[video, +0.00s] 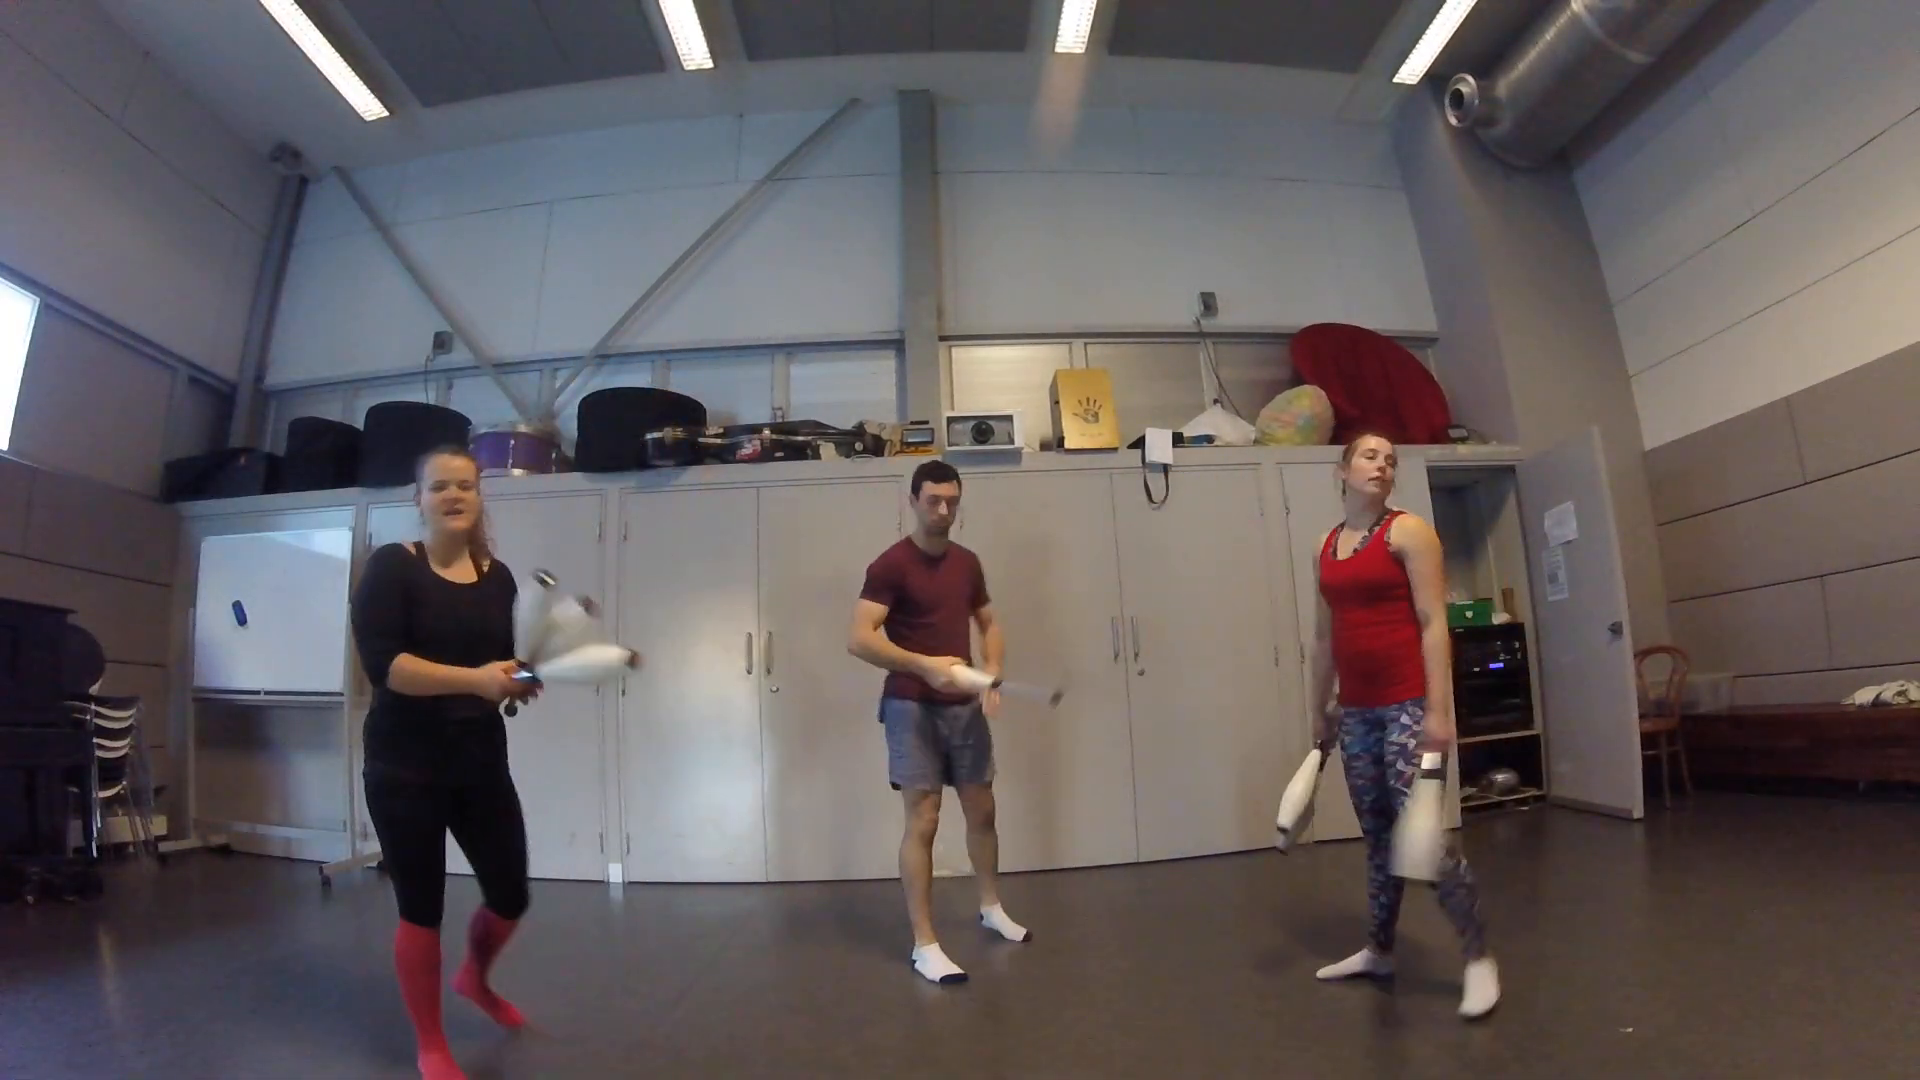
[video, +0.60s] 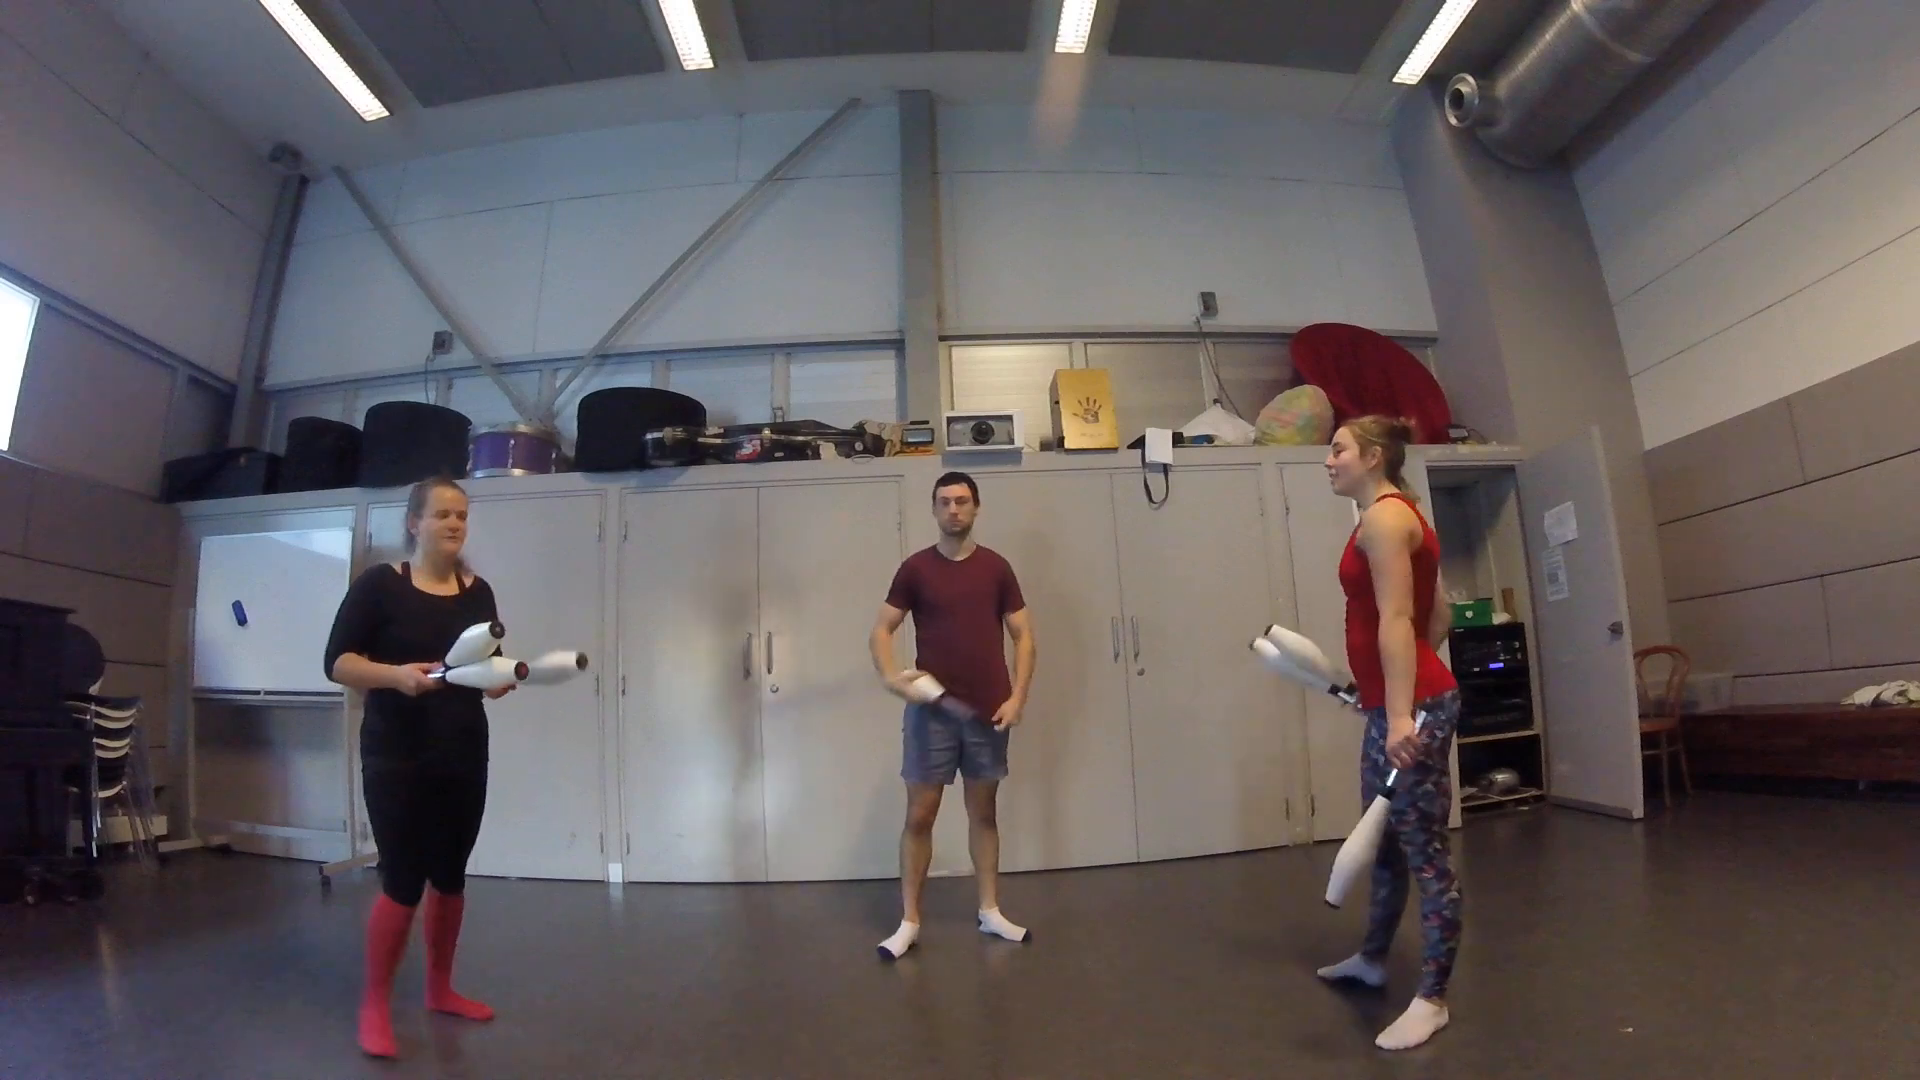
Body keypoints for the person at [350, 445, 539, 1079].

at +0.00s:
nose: (455, 496)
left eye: (465, 485)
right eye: (441, 486)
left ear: (481, 497)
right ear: (419, 499)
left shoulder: (498, 577)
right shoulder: (391, 566)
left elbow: (500, 662)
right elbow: (383, 666)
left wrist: (523, 675)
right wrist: (474, 679)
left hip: (478, 755)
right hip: (403, 759)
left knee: (509, 897)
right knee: (422, 907)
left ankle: (473, 978)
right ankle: (431, 1048)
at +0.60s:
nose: (456, 524)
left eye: (462, 515)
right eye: (444, 515)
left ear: (469, 525)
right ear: (415, 524)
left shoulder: (476, 593)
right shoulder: (378, 583)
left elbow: (486, 670)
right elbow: (338, 662)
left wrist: (501, 675)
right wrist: (397, 675)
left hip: (462, 756)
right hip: (396, 758)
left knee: (449, 877)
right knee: (403, 883)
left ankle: (441, 991)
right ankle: (376, 1007)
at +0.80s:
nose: (444, 525)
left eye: (447, 516)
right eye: (432, 515)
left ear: (449, 525)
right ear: (400, 521)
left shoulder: (454, 592)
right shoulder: (363, 581)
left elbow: (463, 663)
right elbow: (322, 661)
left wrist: (492, 669)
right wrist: (387, 673)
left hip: (445, 757)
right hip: (379, 758)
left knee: (440, 876)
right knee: (374, 883)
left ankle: (439, 990)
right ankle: (334, 994)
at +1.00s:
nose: (425, 522)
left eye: (427, 513)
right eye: (413, 512)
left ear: (424, 522)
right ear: (378, 518)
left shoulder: (429, 589)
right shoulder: (342, 580)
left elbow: (434, 667)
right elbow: (301, 660)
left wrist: (478, 681)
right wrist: (368, 673)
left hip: (419, 752)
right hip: (352, 753)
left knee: (427, 872)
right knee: (346, 877)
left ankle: (438, 990)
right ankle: (338, 1001)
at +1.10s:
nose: (417, 520)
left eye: (419, 511)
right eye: (406, 511)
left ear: (413, 520)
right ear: (370, 517)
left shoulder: (419, 589)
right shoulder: (334, 579)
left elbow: (421, 668)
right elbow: (294, 661)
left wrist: (474, 686)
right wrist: (364, 674)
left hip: (406, 752)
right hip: (340, 752)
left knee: (421, 874)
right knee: (338, 879)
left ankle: (437, 990)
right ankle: (337, 1002)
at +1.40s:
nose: (412, 522)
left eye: (415, 514)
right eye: (401, 513)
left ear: (411, 524)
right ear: (365, 519)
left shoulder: (406, 589)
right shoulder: (330, 581)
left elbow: (407, 668)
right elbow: (299, 662)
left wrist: (466, 691)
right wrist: (370, 683)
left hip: (399, 750)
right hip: (337, 752)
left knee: (428, 867)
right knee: (335, 876)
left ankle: (455, 984)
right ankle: (335, 1002)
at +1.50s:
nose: (419, 525)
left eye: (421, 517)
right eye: (408, 516)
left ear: (415, 527)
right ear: (371, 522)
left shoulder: (412, 591)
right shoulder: (338, 583)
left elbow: (412, 670)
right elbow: (310, 663)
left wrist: (473, 687)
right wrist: (385, 683)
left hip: (409, 752)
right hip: (348, 753)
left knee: (436, 869)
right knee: (342, 875)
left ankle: (462, 986)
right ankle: (337, 1002)